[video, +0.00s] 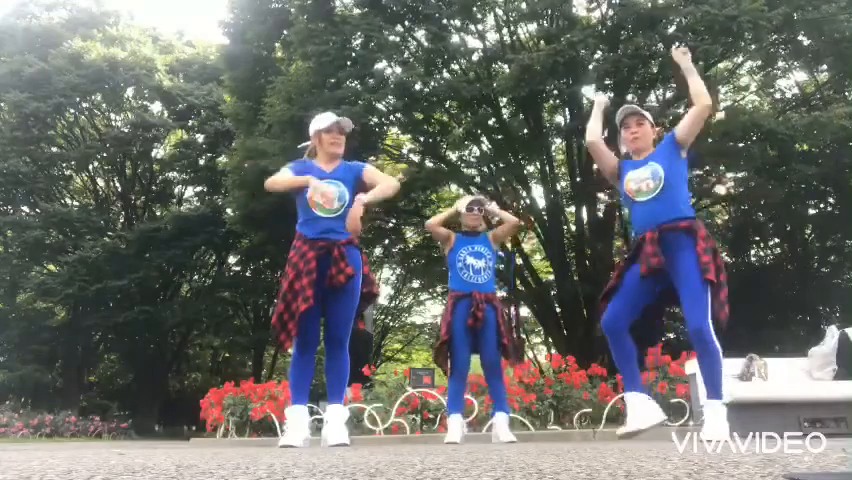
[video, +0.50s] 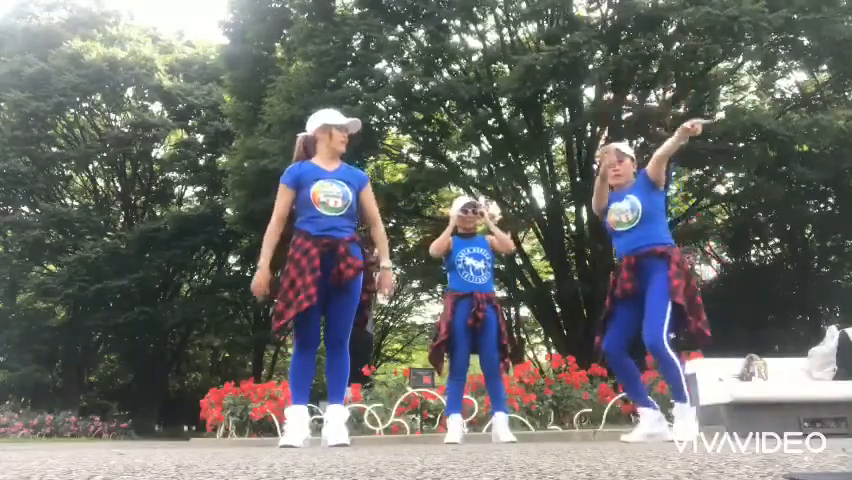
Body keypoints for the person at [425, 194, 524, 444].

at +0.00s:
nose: (475, 214)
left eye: (479, 211)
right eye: (470, 211)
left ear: (484, 217)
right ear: (460, 216)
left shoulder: (491, 238)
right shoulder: (452, 238)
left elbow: (515, 222)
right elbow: (431, 225)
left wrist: (493, 210)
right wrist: (454, 210)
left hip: (488, 303)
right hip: (461, 302)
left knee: (491, 362)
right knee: (460, 363)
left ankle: (501, 420)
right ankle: (455, 421)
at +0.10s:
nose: (471, 214)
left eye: (474, 210)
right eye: (465, 210)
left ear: (479, 217)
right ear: (455, 216)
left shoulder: (487, 239)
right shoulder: (448, 238)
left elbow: (513, 235)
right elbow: (424, 237)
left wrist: (495, 216)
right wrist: (441, 215)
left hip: (485, 303)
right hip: (457, 302)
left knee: (490, 363)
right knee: (457, 364)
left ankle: (500, 421)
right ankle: (454, 423)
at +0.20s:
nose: (468, 213)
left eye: (472, 210)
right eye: (463, 209)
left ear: (478, 216)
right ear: (453, 216)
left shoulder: (485, 240)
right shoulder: (445, 239)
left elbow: (509, 246)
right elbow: (423, 248)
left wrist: (495, 221)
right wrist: (441, 219)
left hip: (483, 303)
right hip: (455, 302)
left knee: (490, 361)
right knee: (456, 363)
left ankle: (501, 421)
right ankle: (454, 422)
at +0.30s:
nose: (466, 214)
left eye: (471, 210)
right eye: (461, 210)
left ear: (477, 217)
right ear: (452, 216)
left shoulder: (484, 240)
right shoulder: (446, 239)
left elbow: (508, 248)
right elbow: (426, 251)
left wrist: (490, 222)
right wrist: (445, 223)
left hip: (483, 303)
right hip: (455, 302)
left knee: (491, 361)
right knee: (456, 363)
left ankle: (500, 420)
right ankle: (454, 422)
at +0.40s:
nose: (466, 216)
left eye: (470, 212)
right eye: (461, 212)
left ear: (476, 217)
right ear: (453, 217)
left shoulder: (484, 240)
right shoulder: (447, 240)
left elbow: (507, 247)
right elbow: (430, 250)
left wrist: (489, 222)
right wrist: (448, 222)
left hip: (484, 302)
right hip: (457, 301)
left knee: (490, 361)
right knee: (457, 363)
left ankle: (500, 420)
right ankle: (454, 422)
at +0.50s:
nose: (468, 219)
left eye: (473, 215)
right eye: (463, 215)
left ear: (479, 218)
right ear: (455, 218)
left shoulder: (487, 240)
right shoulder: (451, 241)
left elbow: (509, 247)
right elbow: (434, 251)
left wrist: (490, 223)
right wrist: (451, 225)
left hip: (487, 303)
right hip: (460, 302)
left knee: (491, 363)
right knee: (459, 363)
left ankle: (500, 420)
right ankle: (454, 421)